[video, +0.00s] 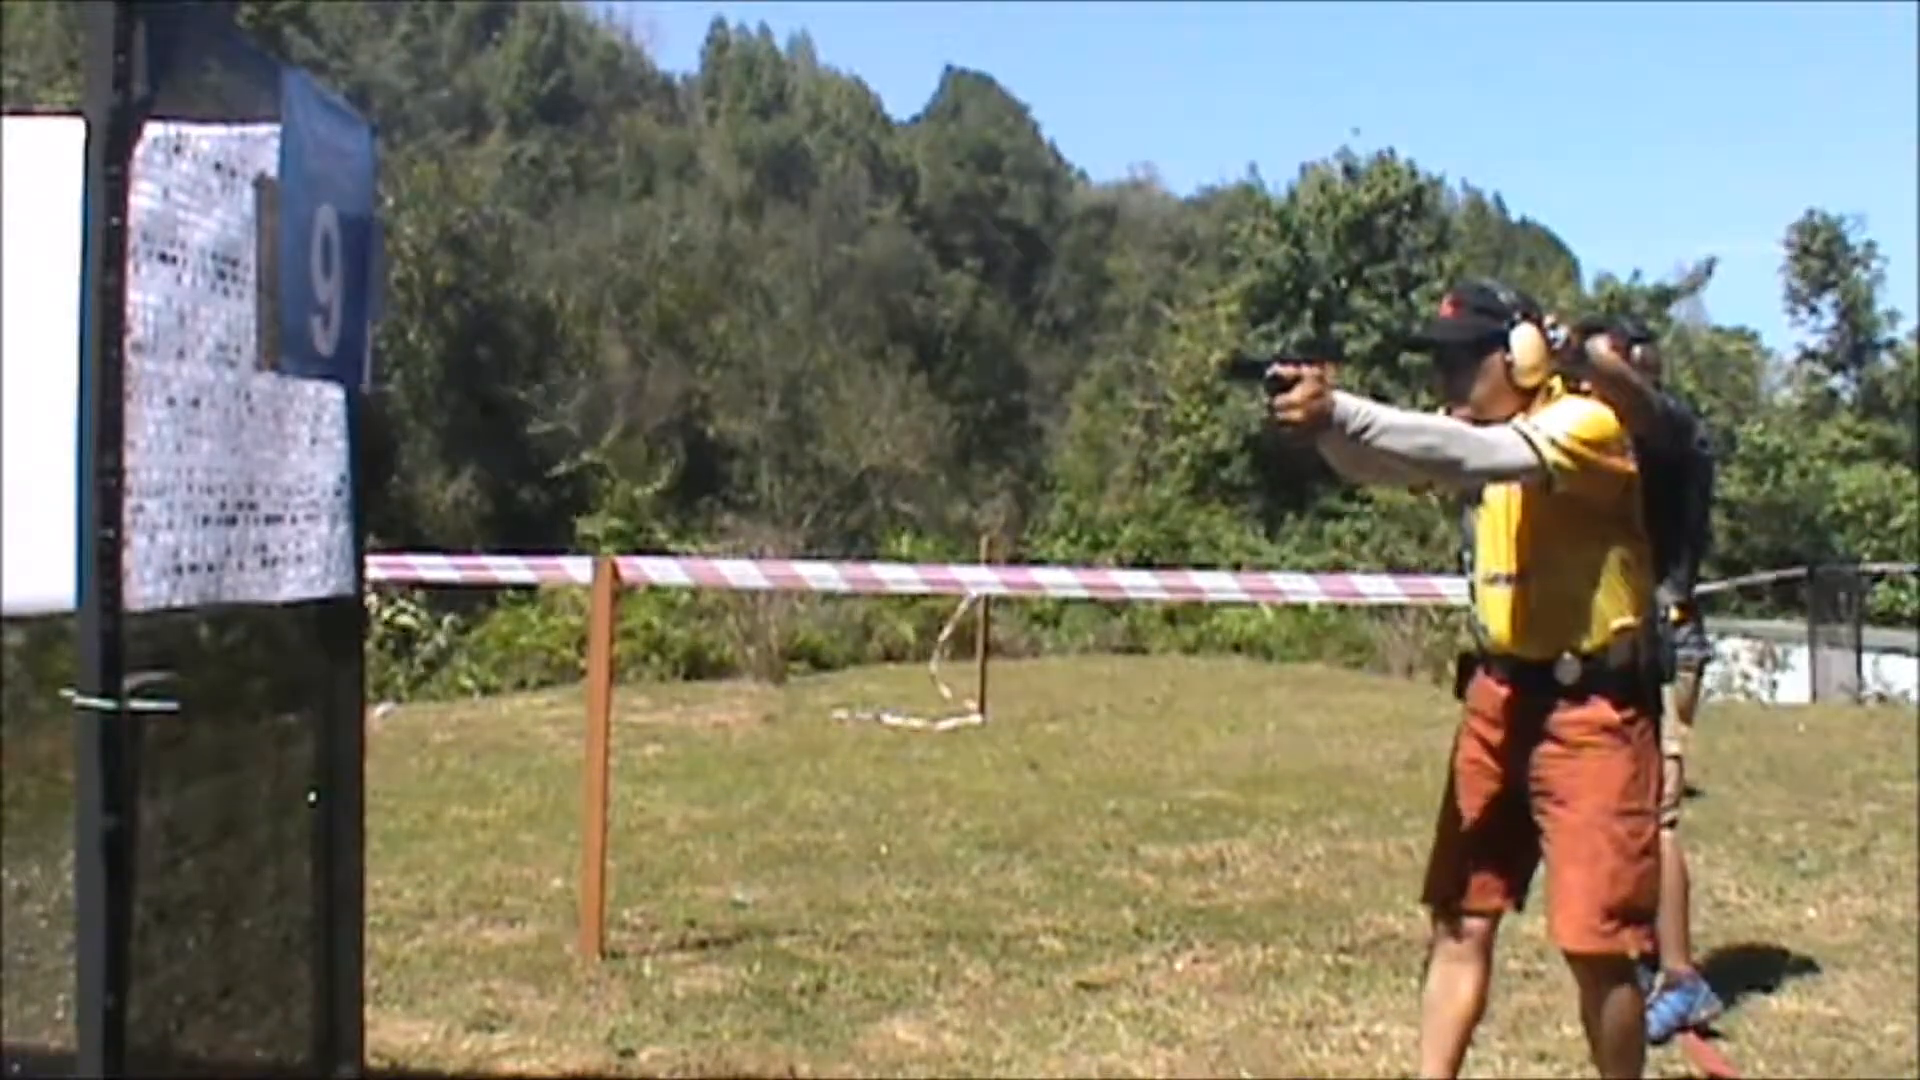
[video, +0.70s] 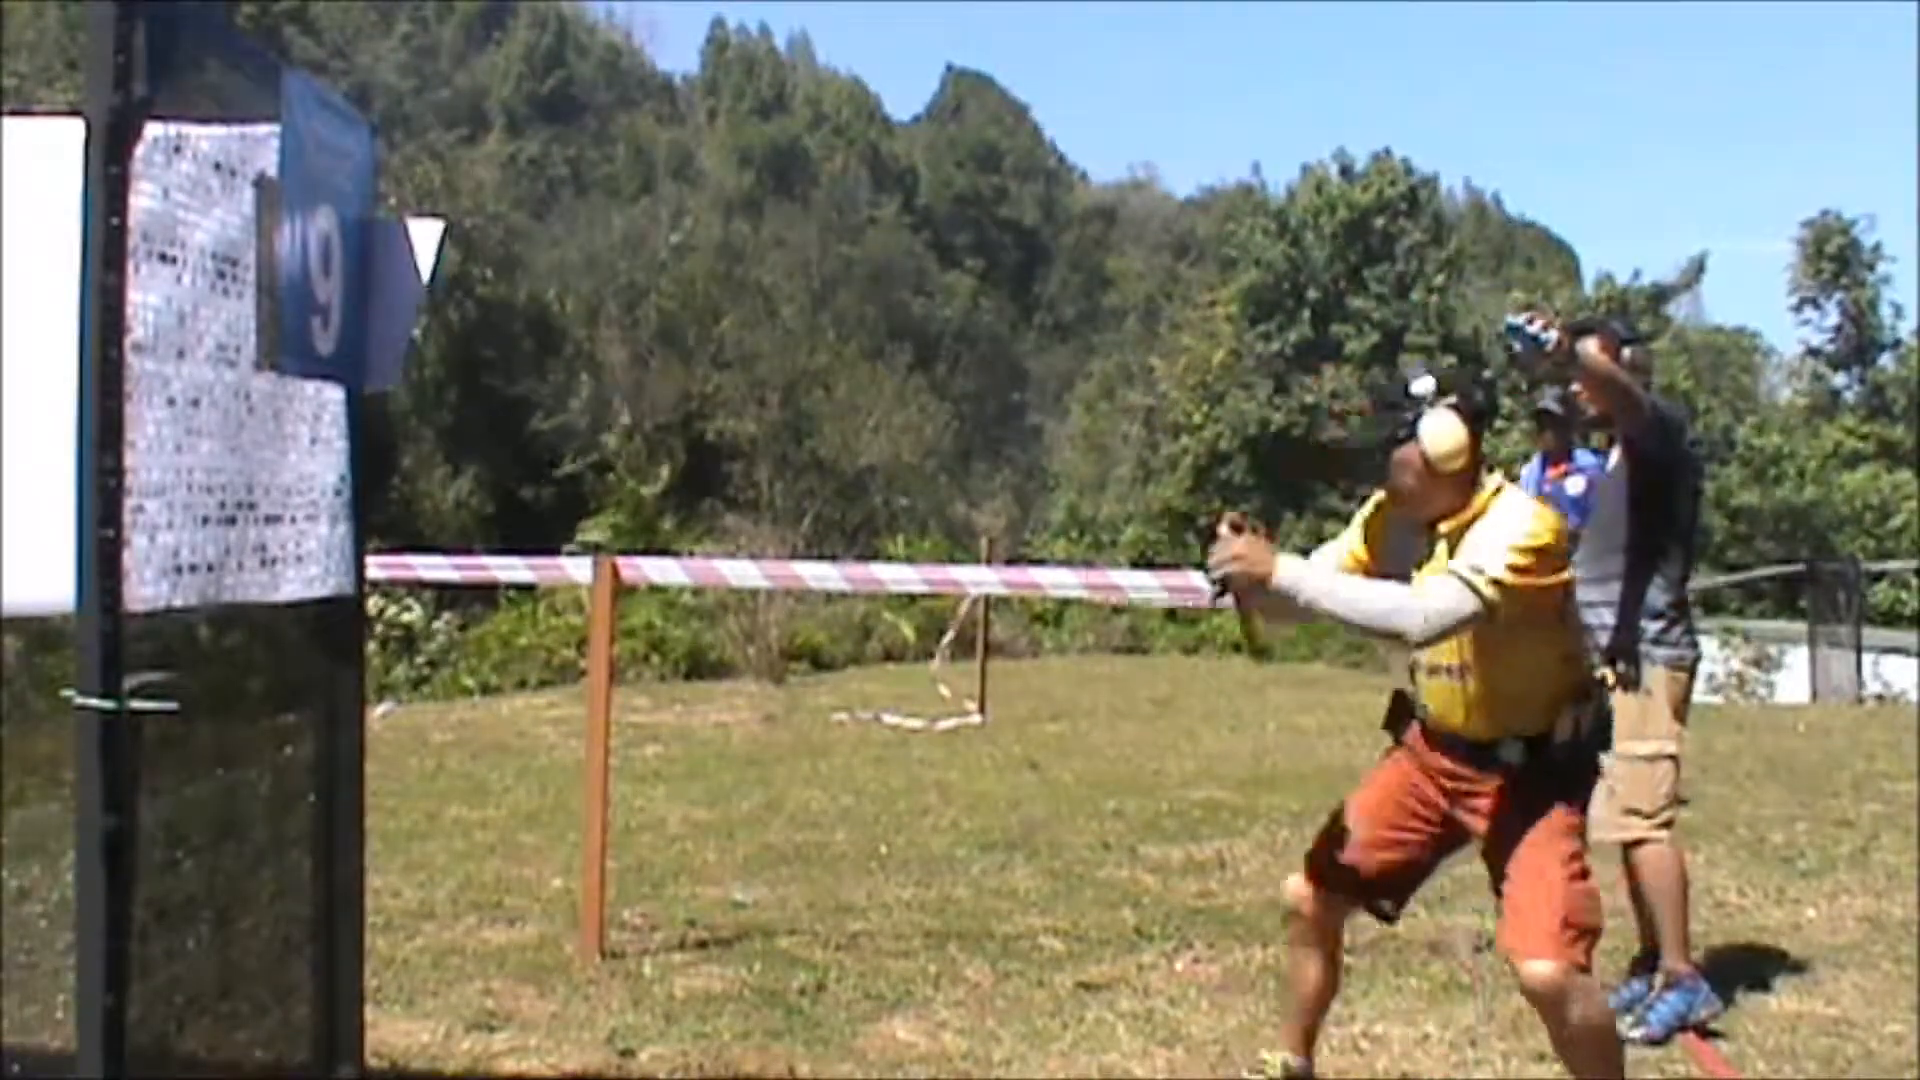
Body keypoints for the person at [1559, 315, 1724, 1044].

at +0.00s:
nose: (1608, 375)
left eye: (1620, 362)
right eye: (1603, 364)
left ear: (1642, 366)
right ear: (1603, 367)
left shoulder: (1676, 434)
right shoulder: (1593, 433)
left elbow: (1639, 412)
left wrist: (1583, 362)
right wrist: (1552, 365)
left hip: (1666, 623)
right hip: (1609, 627)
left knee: (1660, 808)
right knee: (1622, 805)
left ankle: (1678, 971)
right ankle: (1641, 967)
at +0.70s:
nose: (1580, 390)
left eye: (1592, 376)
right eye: (1577, 379)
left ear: (1627, 372)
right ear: (1586, 383)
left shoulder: (1660, 440)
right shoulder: (1611, 450)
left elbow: (1618, 384)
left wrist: (1568, 346)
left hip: (1649, 653)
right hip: (1608, 651)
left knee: (1643, 818)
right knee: (1628, 819)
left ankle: (1682, 976)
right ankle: (1652, 962)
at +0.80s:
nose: (1570, 393)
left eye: (1580, 377)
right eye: (1566, 381)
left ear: (1614, 371)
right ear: (1587, 378)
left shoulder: (1651, 438)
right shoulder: (1613, 450)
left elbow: (1614, 395)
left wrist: (1559, 351)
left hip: (1635, 658)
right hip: (1606, 655)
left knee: (1619, 819)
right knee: (1620, 819)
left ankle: (1674, 972)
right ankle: (1653, 964)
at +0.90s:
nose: (1557, 394)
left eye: (1567, 379)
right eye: (1554, 382)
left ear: (1603, 375)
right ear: (1591, 379)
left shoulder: (1640, 440)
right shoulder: (1604, 452)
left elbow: (1608, 402)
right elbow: (1594, 551)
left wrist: (1554, 351)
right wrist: (1526, 538)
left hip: (1623, 657)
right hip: (1614, 654)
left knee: (1584, 814)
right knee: (1630, 822)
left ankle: (1659, 960)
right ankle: (1652, 964)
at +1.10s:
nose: (1521, 404)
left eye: (1531, 389)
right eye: (1519, 392)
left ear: (1558, 384)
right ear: (1528, 396)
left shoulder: (1597, 447)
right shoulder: (1578, 459)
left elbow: (1565, 404)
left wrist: (1514, 364)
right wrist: (1495, 529)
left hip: (1585, 655)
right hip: (1608, 655)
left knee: (1530, 810)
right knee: (1617, 810)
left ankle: (1527, 975)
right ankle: (1657, 965)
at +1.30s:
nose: (1456, 385)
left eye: (1467, 376)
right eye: (1455, 376)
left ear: (1500, 386)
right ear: (1471, 393)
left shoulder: (1530, 452)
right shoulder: (1485, 465)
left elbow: (1475, 411)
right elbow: (1474, 556)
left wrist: (1437, 379)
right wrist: (1443, 529)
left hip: (1515, 672)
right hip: (1533, 669)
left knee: (1456, 826)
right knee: (1576, 815)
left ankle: (1420, 979)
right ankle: (1654, 963)